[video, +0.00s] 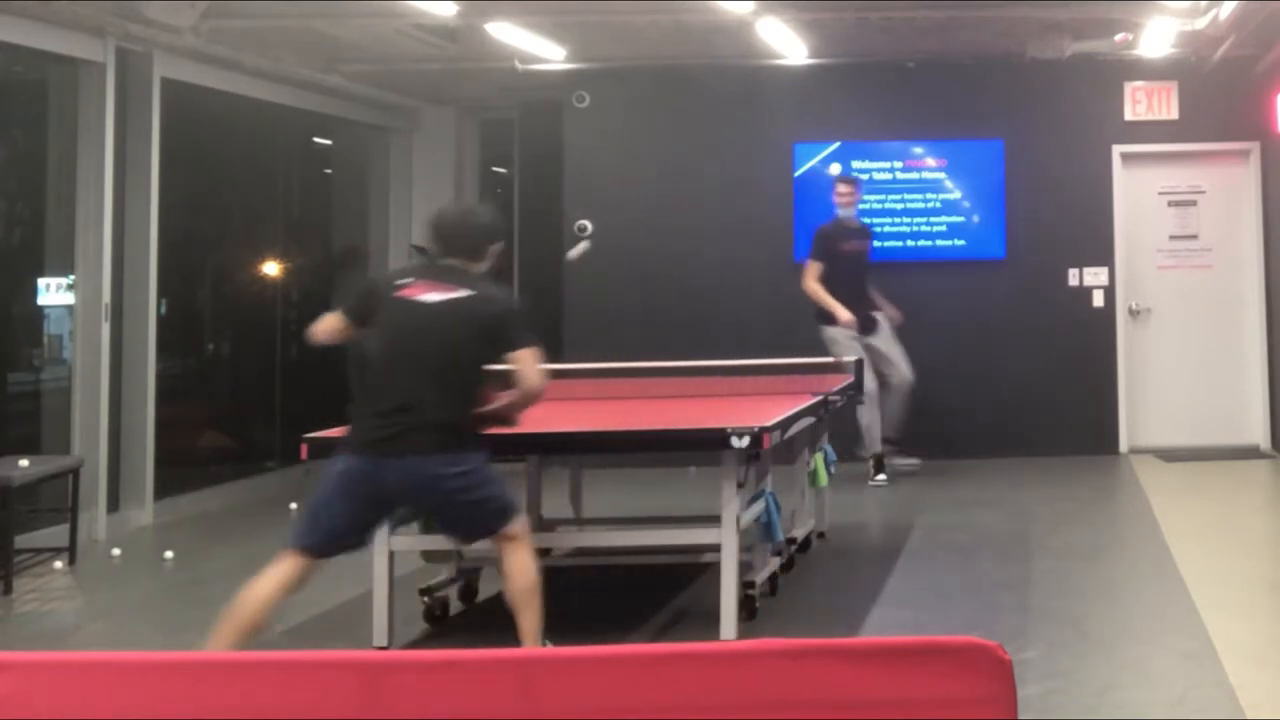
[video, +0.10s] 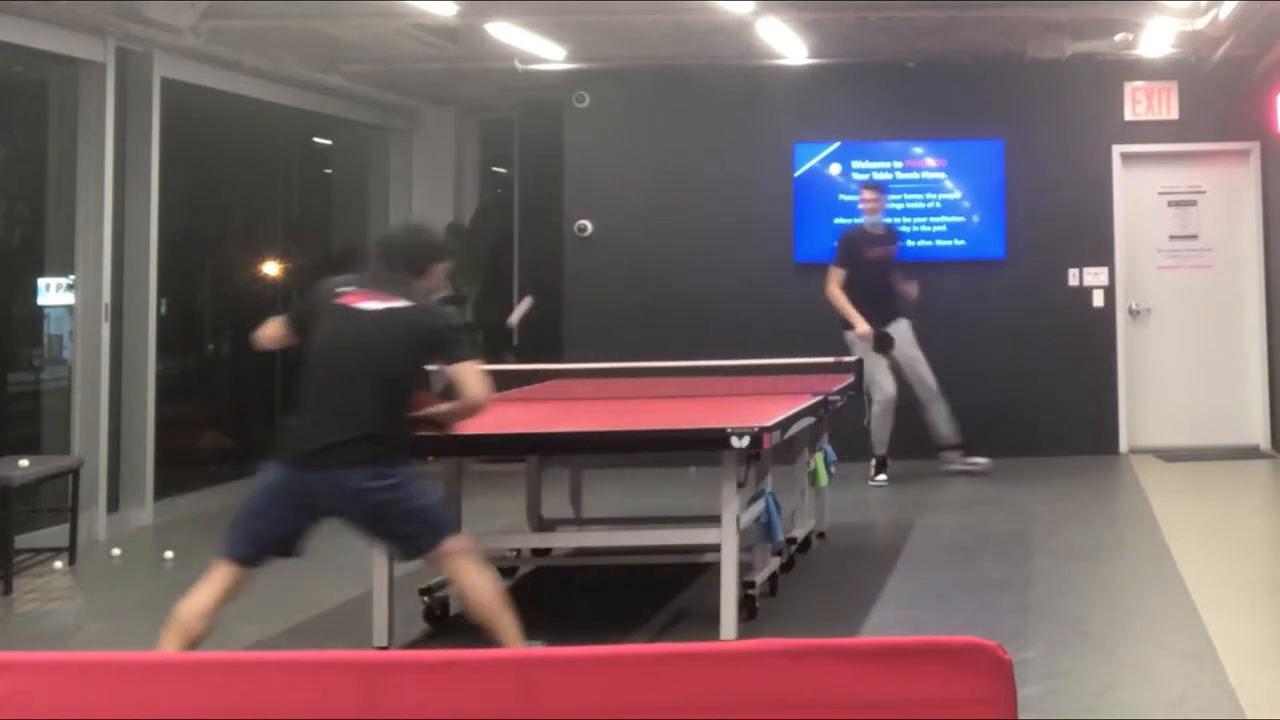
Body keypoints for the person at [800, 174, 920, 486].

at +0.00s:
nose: (844, 199)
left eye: (849, 194)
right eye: (840, 194)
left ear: (858, 196)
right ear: (833, 198)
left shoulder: (864, 232)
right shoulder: (826, 234)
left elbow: (861, 279)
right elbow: (809, 281)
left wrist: (885, 307)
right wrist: (839, 310)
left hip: (870, 319)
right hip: (838, 324)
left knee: (902, 377)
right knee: (866, 387)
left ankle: (887, 444)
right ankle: (875, 457)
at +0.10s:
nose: (869, 206)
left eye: (873, 201)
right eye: (865, 201)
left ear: (883, 203)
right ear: (859, 204)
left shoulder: (891, 235)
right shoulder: (850, 240)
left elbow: (889, 272)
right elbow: (832, 288)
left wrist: (904, 287)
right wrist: (859, 323)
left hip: (894, 322)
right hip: (863, 329)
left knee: (927, 385)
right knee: (884, 393)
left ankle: (952, 452)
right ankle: (879, 460)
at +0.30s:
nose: (909, 217)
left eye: (914, 212)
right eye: (905, 213)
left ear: (925, 212)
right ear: (900, 214)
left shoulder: (940, 239)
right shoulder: (891, 248)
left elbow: (955, 283)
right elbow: (875, 295)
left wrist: (924, 251)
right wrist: (882, 333)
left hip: (939, 334)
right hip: (901, 337)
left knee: (970, 392)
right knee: (897, 395)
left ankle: (991, 454)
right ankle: (885, 458)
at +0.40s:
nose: (915, 211)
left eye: (920, 206)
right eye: (910, 207)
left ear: (932, 206)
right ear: (905, 210)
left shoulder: (948, 233)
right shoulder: (899, 244)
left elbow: (959, 275)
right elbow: (891, 288)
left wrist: (926, 242)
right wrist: (889, 327)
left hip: (950, 330)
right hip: (911, 332)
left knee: (975, 393)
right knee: (898, 391)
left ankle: (992, 455)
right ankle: (893, 459)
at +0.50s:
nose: (915, 208)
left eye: (920, 203)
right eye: (911, 204)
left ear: (933, 203)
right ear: (907, 205)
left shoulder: (950, 228)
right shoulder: (903, 240)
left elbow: (956, 271)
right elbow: (897, 282)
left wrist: (926, 238)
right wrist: (894, 321)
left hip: (955, 326)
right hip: (916, 328)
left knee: (977, 390)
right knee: (902, 389)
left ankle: (992, 454)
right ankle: (902, 454)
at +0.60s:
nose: (917, 210)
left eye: (922, 205)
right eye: (913, 206)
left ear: (934, 204)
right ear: (908, 207)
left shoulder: (951, 230)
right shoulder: (904, 242)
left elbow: (956, 275)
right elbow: (898, 282)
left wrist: (928, 241)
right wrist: (897, 320)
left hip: (958, 325)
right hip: (919, 327)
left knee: (981, 388)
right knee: (905, 390)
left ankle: (997, 452)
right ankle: (902, 456)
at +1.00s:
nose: (967, 228)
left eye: (972, 223)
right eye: (962, 223)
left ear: (981, 221)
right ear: (956, 223)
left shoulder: (993, 246)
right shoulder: (950, 252)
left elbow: (1003, 291)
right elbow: (937, 302)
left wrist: (982, 258)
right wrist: (954, 319)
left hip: (985, 329)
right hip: (947, 328)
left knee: (1002, 388)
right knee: (919, 390)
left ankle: (1013, 455)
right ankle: (905, 456)